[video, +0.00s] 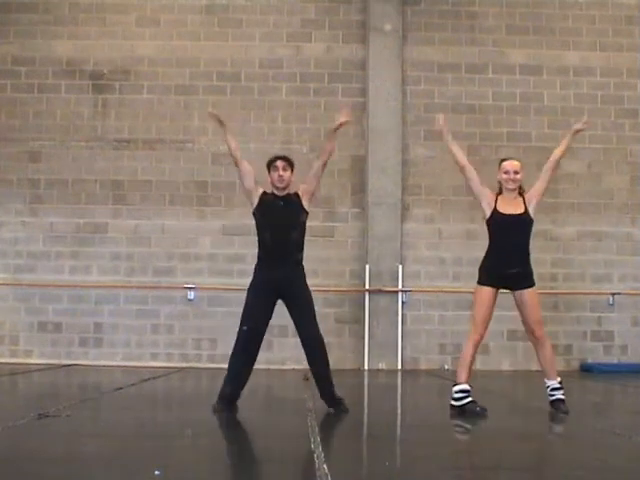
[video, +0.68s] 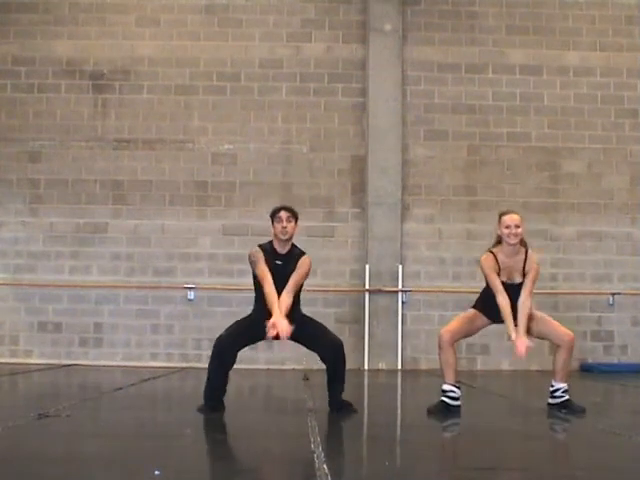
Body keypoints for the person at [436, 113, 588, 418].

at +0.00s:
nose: (511, 175)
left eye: (516, 172)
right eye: (506, 172)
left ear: (522, 177)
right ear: (499, 176)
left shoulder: (529, 200)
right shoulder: (489, 200)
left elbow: (551, 165)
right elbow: (466, 166)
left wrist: (571, 134)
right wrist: (446, 136)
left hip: (521, 273)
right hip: (491, 272)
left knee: (538, 333)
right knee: (477, 335)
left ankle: (555, 389)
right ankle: (460, 391)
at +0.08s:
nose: (513, 178)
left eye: (518, 174)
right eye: (509, 173)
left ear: (524, 178)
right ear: (501, 177)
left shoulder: (531, 201)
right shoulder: (491, 199)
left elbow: (551, 172)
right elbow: (471, 169)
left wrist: (552, 142)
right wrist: (478, 136)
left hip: (521, 275)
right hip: (491, 274)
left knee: (537, 334)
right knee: (480, 335)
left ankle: (554, 390)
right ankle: (461, 392)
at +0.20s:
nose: (514, 187)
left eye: (519, 183)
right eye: (509, 183)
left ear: (525, 187)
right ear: (501, 186)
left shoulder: (531, 211)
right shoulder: (493, 210)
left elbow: (550, 203)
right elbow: (477, 195)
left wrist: (522, 219)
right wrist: (502, 217)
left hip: (521, 278)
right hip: (492, 277)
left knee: (535, 342)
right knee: (491, 338)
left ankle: (556, 392)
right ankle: (462, 394)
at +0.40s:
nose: (512, 189)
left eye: (517, 185)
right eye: (507, 185)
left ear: (523, 188)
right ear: (498, 188)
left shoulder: (529, 214)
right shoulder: (488, 212)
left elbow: (550, 235)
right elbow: (489, 225)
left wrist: (532, 210)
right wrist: (507, 203)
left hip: (519, 279)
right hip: (490, 278)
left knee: (538, 338)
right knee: (485, 338)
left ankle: (556, 391)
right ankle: (462, 393)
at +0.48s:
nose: (512, 193)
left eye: (516, 188)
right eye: (507, 188)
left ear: (522, 191)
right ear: (498, 191)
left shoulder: (527, 214)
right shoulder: (489, 217)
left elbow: (535, 246)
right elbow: (500, 238)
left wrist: (537, 218)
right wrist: (516, 213)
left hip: (517, 279)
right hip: (489, 279)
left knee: (544, 336)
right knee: (475, 333)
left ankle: (553, 391)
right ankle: (459, 389)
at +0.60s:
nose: (512, 213)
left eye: (516, 209)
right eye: (507, 209)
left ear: (522, 211)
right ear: (499, 212)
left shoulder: (532, 240)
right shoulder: (489, 240)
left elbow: (531, 270)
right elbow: (499, 270)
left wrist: (532, 290)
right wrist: (519, 286)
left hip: (518, 296)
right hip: (488, 295)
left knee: (559, 336)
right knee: (453, 334)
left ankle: (556, 394)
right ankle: (452, 395)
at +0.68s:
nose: (513, 231)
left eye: (517, 227)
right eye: (507, 227)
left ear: (523, 230)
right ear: (499, 231)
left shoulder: (531, 260)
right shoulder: (489, 259)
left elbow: (525, 299)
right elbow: (500, 295)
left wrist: (522, 333)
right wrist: (512, 329)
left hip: (518, 309)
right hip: (488, 310)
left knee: (566, 338)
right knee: (446, 336)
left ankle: (558, 396)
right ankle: (451, 397)